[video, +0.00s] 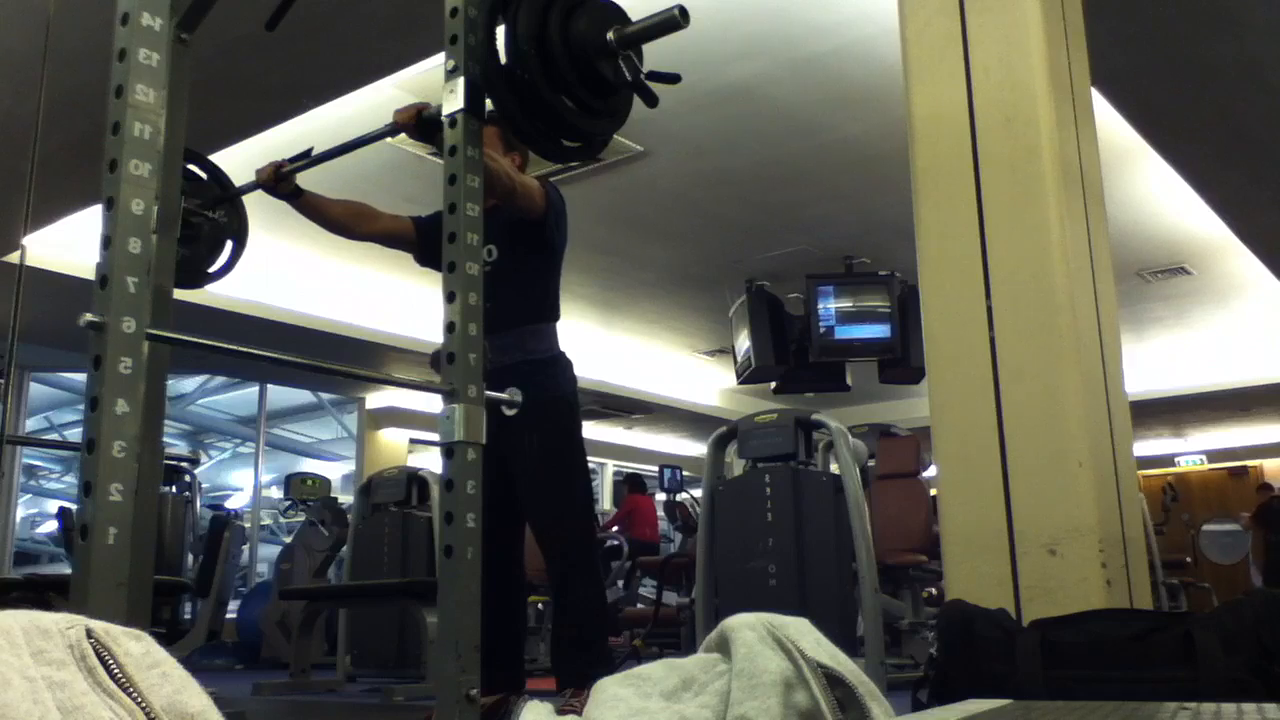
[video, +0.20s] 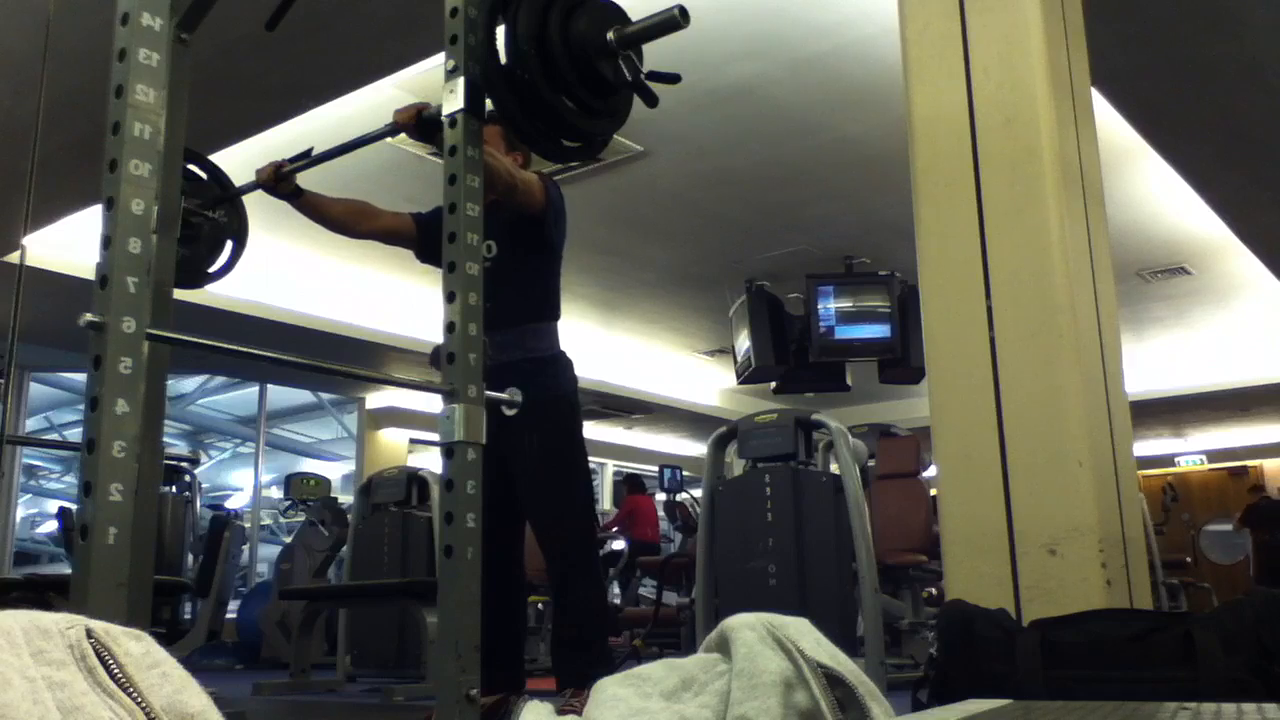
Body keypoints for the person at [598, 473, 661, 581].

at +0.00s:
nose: (624, 489)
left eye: (626, 486)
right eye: (624, 486)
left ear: (630, 486)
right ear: (642, 486)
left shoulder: (631, 500)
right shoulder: (649, 500)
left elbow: (616, 519)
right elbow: (633, 524)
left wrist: (601, 529)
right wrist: (614, 534)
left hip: (637, 546)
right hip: (654, 547)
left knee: (605, 553)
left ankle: (611, 586)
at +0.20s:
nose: (624, 490)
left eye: (625, 487)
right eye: (624, 487)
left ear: (629, 487)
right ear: (642, 486)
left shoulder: (631, 500)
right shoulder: (649, 500)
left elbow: (618, 520)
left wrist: (602, 529)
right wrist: (618, 531)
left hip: (637, 547)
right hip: (654, 547)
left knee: (604, 560)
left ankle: (601, 596)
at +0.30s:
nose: (624, 490)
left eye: (625, 487)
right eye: (624, 487)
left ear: (629, 487)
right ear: (642, 486)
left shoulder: (632, 500)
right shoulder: (649, 500)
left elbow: (618, 519)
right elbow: (633, 523)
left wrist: (603, 529)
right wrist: (616, 533)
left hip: (638, 546)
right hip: (655, 547)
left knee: (610, 569)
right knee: (624, 572)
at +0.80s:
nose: (625, 490)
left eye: (626, 487)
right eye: (625, 487)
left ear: (630, 487)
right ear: (644, 487)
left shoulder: (630, 500)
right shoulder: (650, 500)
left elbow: (616, 520)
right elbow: (637, 523)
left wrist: (600, 530)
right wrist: (619, 532)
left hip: (636, 545)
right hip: (654, 546)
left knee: (605, 562)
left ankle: (618, 595)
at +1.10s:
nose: (625, 490)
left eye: (625, 487)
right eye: (625, 487)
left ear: (630, 487)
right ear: (642, 486)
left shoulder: (631, 500)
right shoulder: (649, 500)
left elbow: (617, 520)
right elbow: (635, 523)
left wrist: (600, 530)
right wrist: (617, 533)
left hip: (637, 544)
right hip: (654, 545)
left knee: (602, 562)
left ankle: (599, 601)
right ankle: (632, 604)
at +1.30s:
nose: (624, 491)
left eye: (625, 488)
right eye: (624, 488)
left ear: (629, 487)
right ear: (643, 487)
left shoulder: (630, 500)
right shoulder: (649, 501)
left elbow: (616, 518)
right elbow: (634, 522)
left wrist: (600, 530)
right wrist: (616, 533)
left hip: (637, 545)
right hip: (654, 546)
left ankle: (613, 609)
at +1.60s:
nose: (625, 491)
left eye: (627, 488)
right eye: (625, 488)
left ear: (631, 488)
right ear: (644, 488)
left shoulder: (631, 500)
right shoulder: (650, 501)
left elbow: (617, 519)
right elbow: (637, 523)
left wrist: (600, 530)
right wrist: (618, 533)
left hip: (636, 547)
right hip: (654, 547)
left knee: (610, 570)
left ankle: (616, 603)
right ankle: (623, 602)